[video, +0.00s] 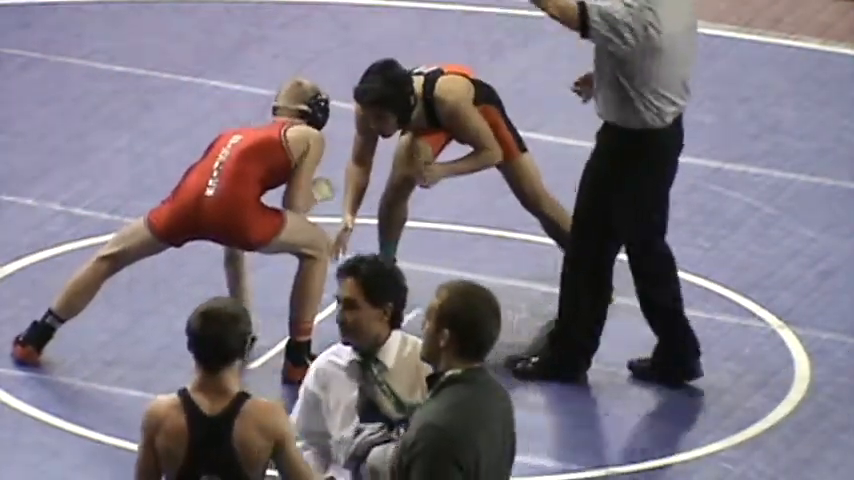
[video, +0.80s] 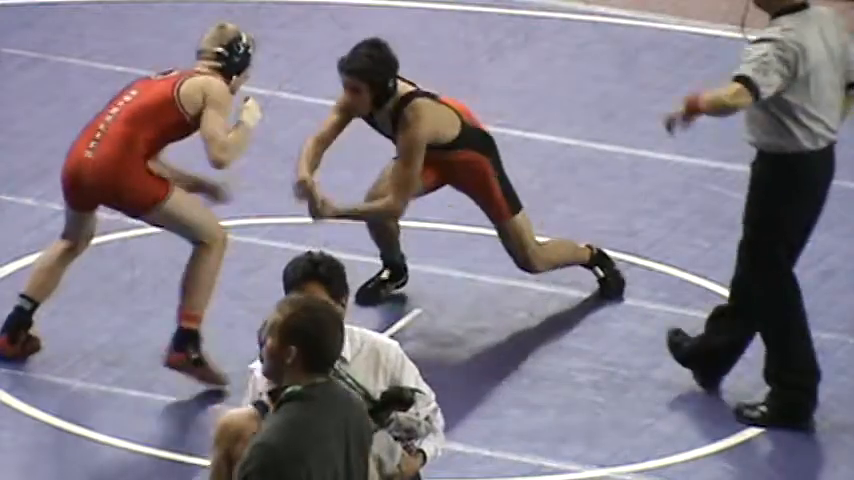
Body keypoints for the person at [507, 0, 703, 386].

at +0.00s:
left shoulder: (634, 17)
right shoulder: (678, 5)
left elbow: (560, 8)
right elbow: (659, 55)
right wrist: (607, 79)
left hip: (627, 143)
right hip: (659, 136)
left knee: (587, 251)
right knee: (647, 247)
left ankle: (567, 358)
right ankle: (678, 356)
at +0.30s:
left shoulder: (688, 16)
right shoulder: (730, 8)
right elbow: (714, 67)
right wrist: (666, 96)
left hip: (687, 147)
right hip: (713, 141)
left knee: (625, 243)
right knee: (689, 255)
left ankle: (613, 355)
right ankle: (682, 363)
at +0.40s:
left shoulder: (711, 22)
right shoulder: (744, 9)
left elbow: (643, 4)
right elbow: (734, 74)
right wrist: (685, 101)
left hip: (704, 151)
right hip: (722, 143)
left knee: (642, 244)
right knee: (694, 254)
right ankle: (684, 359)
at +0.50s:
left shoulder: (727, 29)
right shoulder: (764, 11)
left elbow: (657, 9)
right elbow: (772, 76)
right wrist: (704, 104)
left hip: (718, 157)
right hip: (739, 150)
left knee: (679, 265)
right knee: (697, 260)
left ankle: (744, 367)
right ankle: (682, 364)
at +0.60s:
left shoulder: (743, 34)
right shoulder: (783, 17)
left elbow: (676, 30)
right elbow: (802, 84)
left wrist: (637, 2)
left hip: (737, 163)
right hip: (763, 156)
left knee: (726, 269)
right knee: (711, 262)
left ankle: (785, 391)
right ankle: (684, 362)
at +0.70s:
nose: (736, 0)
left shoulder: (767, 37)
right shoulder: (802, 22)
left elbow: (704, 65)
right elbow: (828, 87)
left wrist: (665, 45)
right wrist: (783, 108)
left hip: (761, 165)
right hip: (787, 160)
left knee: (753, 271)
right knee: (736, 266)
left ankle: (792, 400)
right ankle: (694, 358)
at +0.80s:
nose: (753, 2)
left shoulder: (778, 40)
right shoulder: (830, 23)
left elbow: (741, 94)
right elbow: (849, 87)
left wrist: (699, 104)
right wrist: (826, 122)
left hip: (782, 169)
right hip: (814, 163)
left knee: (768, 274)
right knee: (759, 267)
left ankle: (793, 401)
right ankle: (711, 356)